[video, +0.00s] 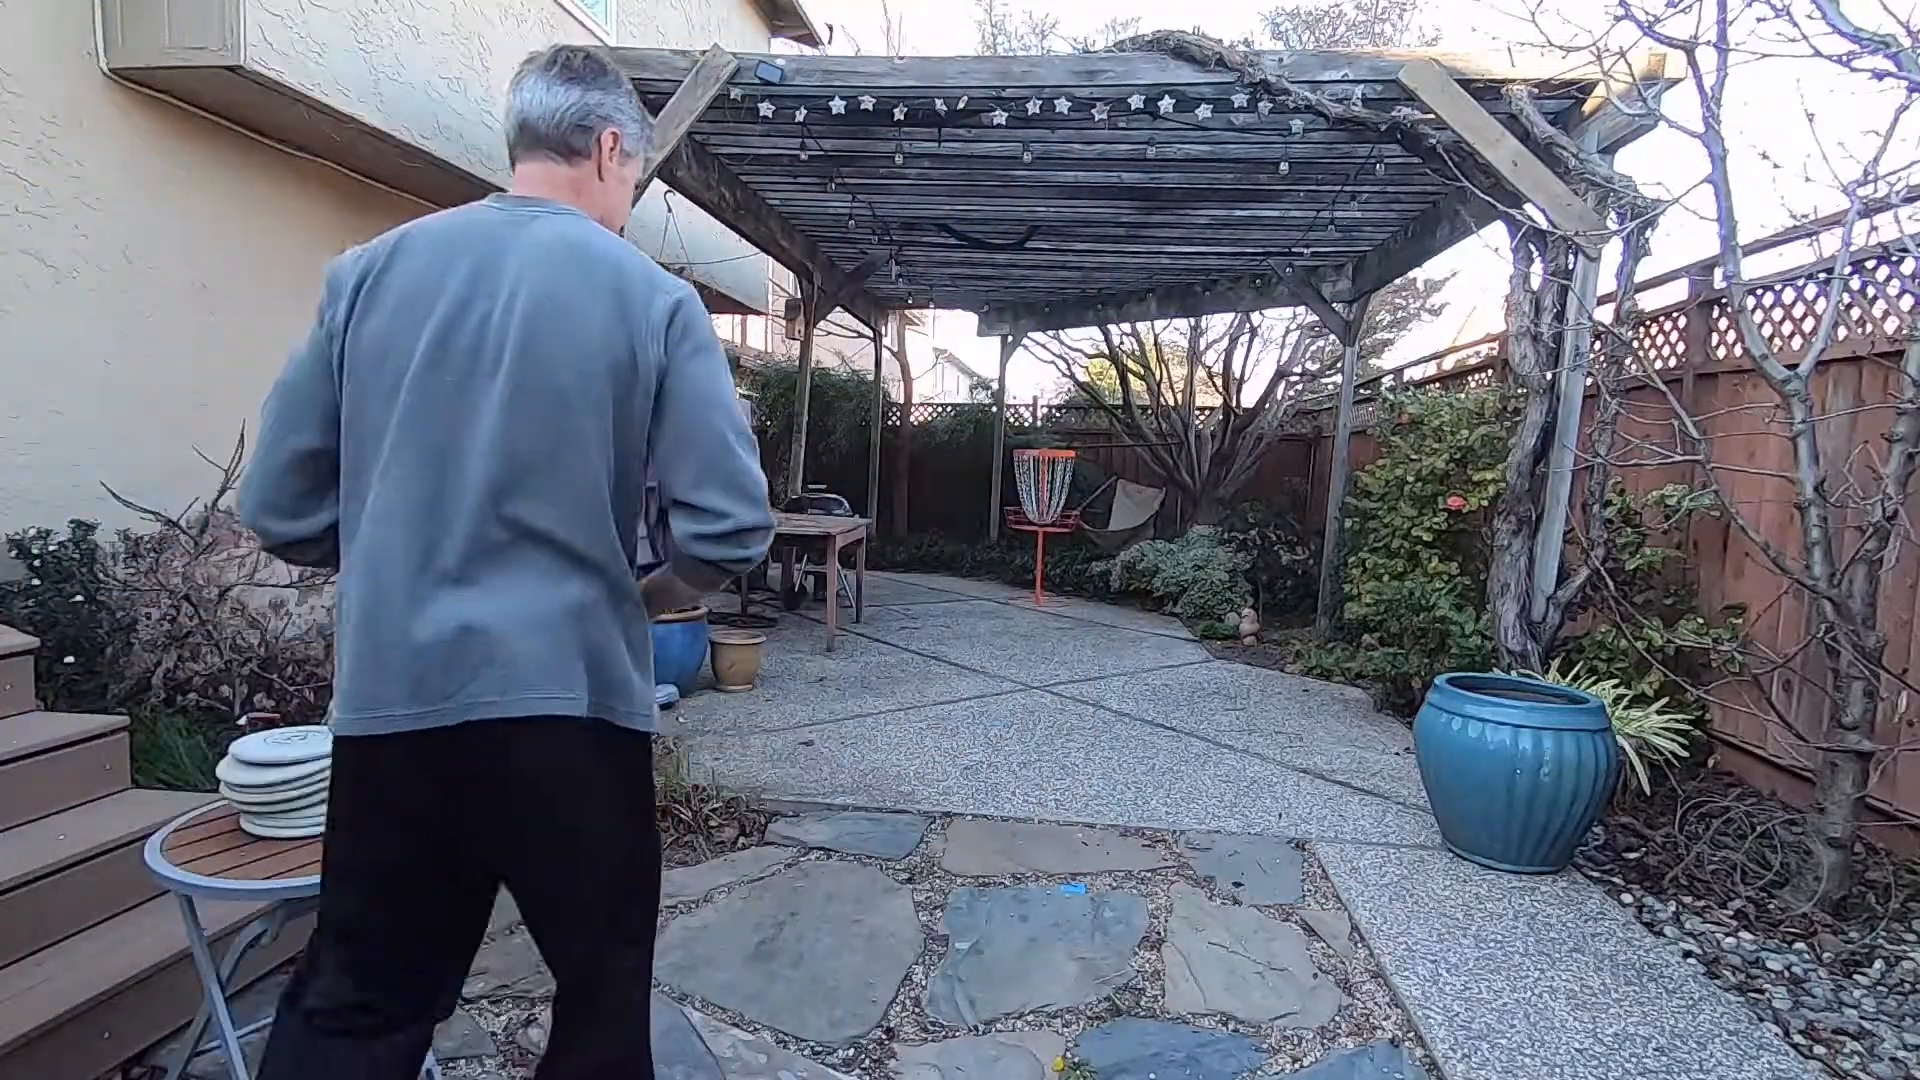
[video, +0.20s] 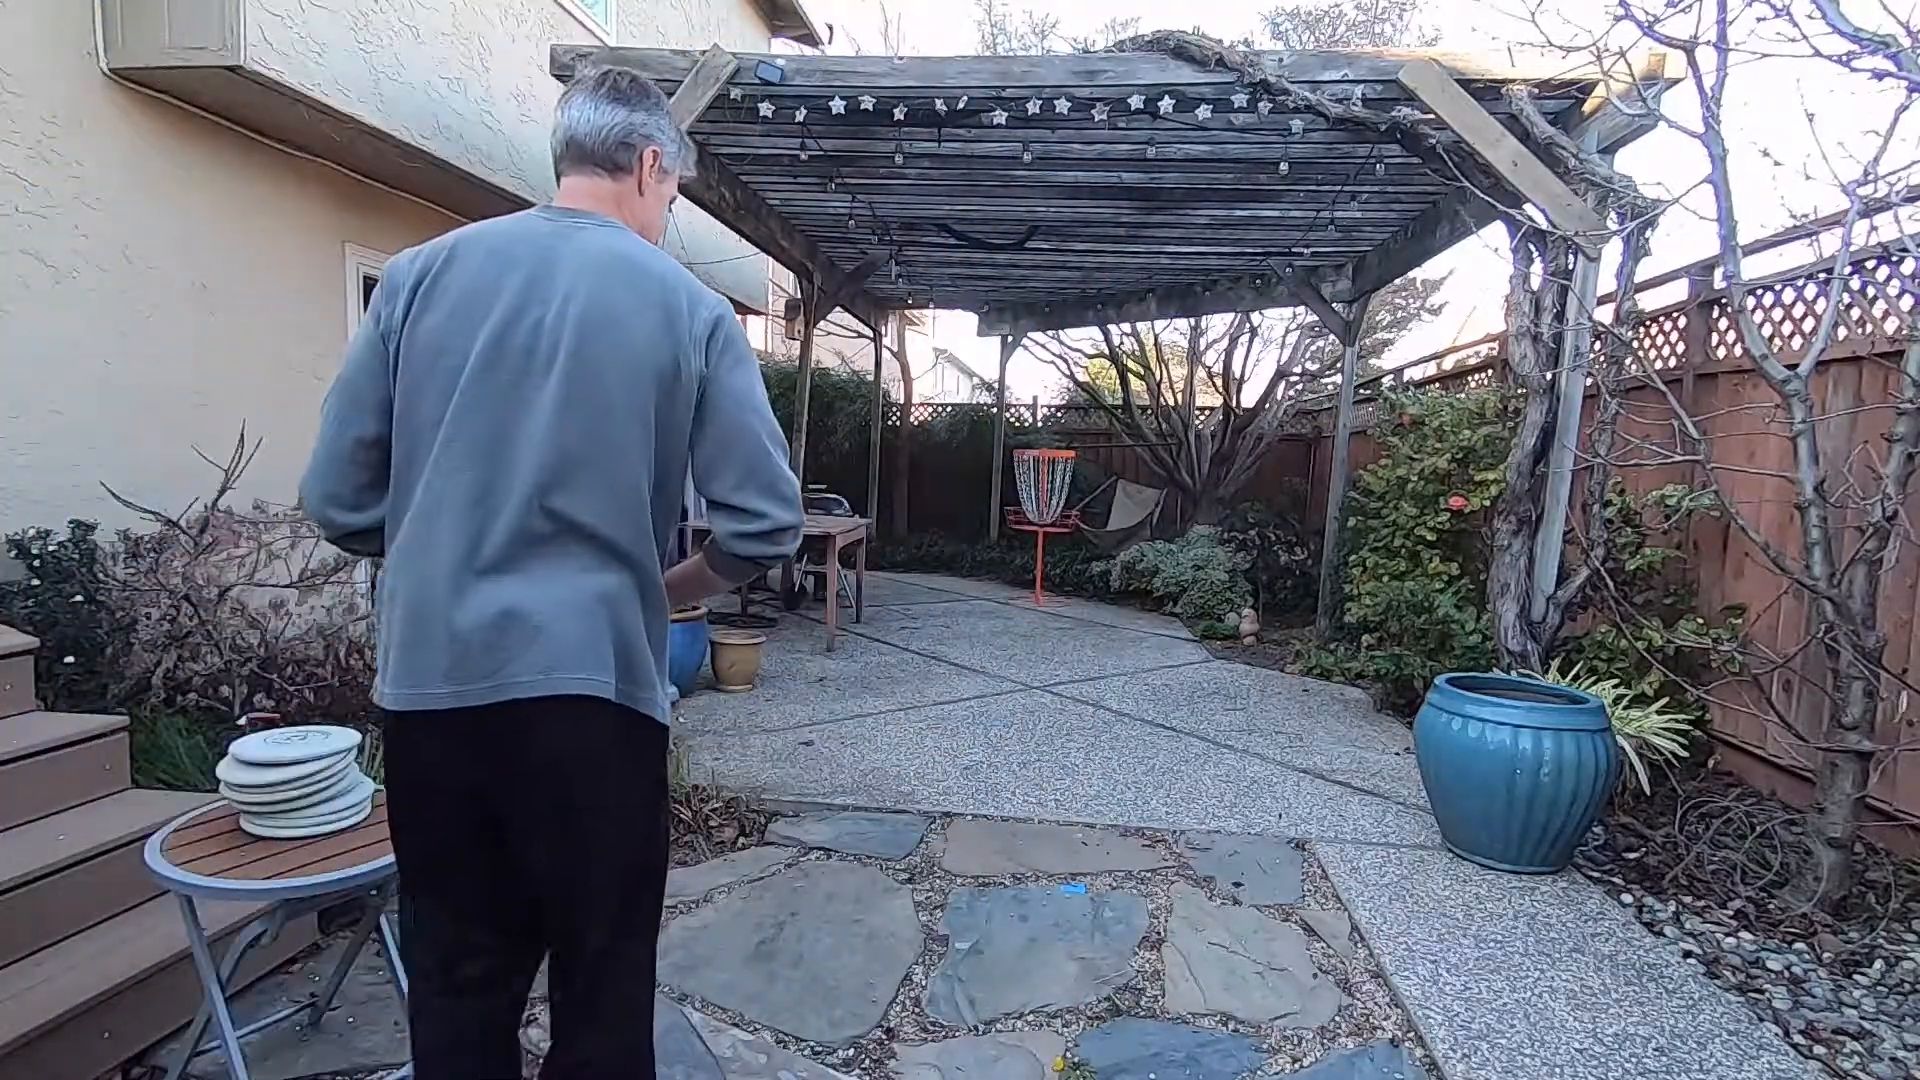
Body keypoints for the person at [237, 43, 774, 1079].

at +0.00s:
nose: (631, 205)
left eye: (636, 185)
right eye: (635, 179)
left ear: (517, 149)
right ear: (609, 150)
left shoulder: (370, 270)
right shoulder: (648, 294)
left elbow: (280, 504)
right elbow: (731, 524)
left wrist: (394, 541)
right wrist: (638, 573)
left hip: (388, 705)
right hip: (570, 710)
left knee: (357, 1002)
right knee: (605, 998)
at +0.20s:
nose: (670, 217)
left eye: (674, 197)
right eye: (672, 193)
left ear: (562, 166)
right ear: (647, 169)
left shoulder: (422, 272)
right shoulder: (684, 303)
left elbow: (338, 496)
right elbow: (763, 521)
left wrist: (445, 538)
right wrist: (679, 586)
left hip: (425, 687)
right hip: (593, 690)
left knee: (457, 988)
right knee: (604, 986)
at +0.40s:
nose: (656, 227)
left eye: (659, 208)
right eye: (659, 204)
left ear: (549, 173)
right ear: (632, 179)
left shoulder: (418, 292)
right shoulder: (668, 309)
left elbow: (348, 507)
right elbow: (741, 518)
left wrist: (458, 526)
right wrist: (683, 565)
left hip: (462, 694)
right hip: (613, 691)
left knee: (499, 967)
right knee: (613, 967)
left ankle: (512, 1078)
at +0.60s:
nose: (628, 224)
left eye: (630, 201)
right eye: (630, 198)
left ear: (514, 182)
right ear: (600, 174)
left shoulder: (414, 312)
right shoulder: (650, 304)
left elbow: (367, 522)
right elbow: (711, 505)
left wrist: (476, 527)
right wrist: (664, 555)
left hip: (481, 705)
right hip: (637, 695)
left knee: (511, 975)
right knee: (672, 922)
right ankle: (655, 1070)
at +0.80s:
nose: (634, 221)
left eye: (634, 202)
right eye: (637, 200)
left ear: (527, 192)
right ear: (610, 184)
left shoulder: (431, 320)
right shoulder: (661, 304)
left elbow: (391, 523)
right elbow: (740, 495)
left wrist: (496, 550)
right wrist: (657, 556)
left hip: (499, 687)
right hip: (652, 676)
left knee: (521, 949)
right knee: (719, 916)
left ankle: (527, 1079)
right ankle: (766, 1064)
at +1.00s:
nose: (684, 236)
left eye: (683, 220)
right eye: (682, 217)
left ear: (583, 215)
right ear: (656, 207)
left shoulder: (501, 325)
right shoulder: (721, 326)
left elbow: (428, 515)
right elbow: (785, 501)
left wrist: (526, 508)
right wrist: (698, 519)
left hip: (542, 679)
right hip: (688, 674)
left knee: (536, 930)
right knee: (732, 904)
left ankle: (530, 1074)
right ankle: (781, 1061)